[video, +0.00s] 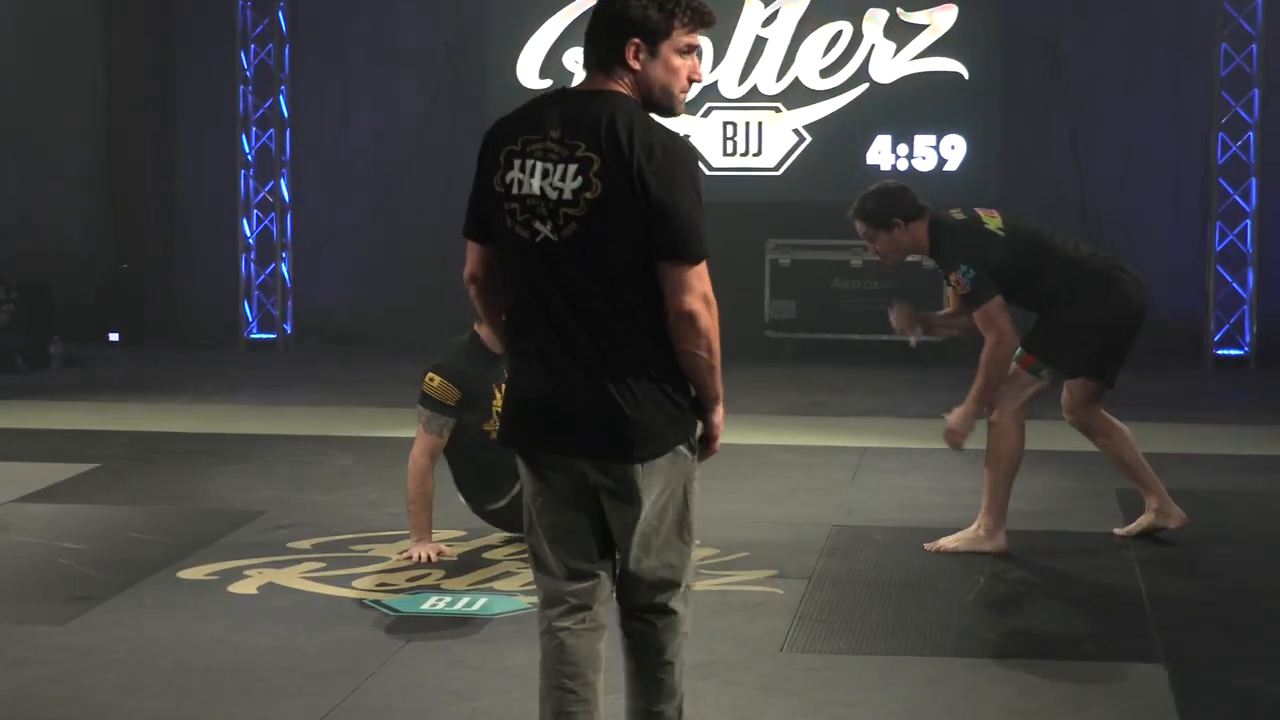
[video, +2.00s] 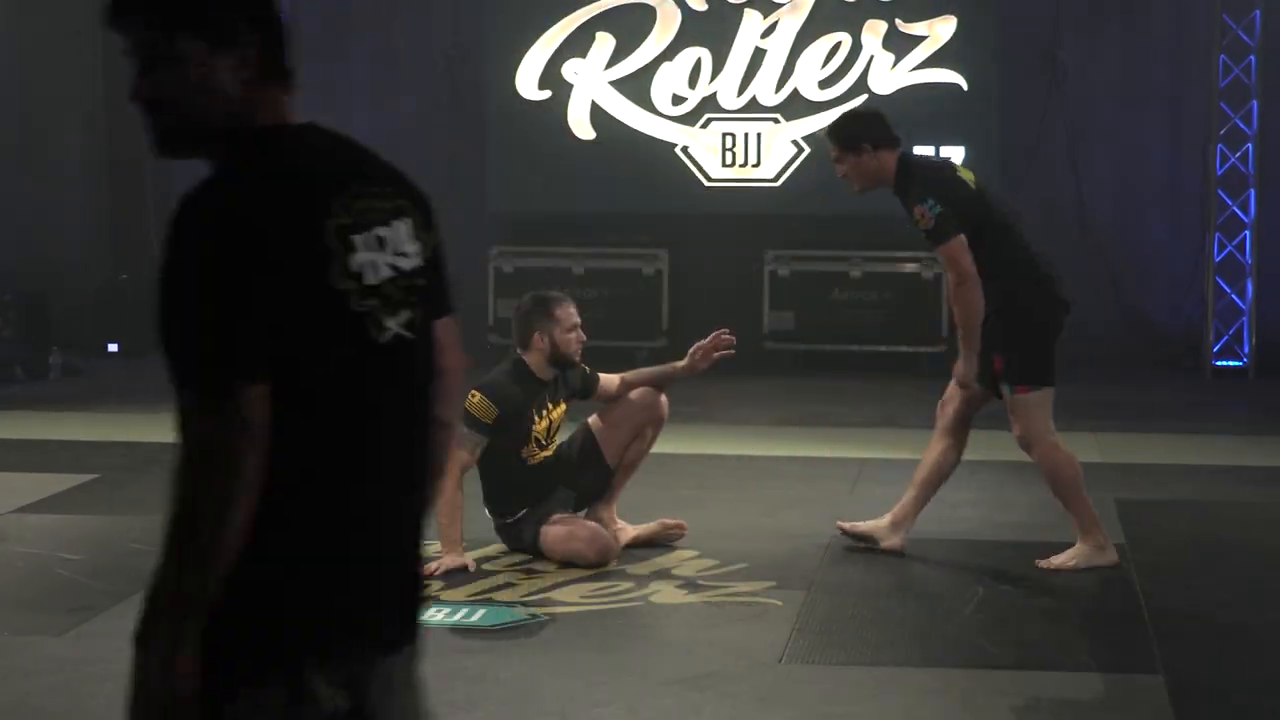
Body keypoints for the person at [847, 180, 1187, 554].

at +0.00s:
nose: (870, 250)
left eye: (871, 239)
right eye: (867, 242)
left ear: (899, 226)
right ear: (903, 223)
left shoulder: (956, 248)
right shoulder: (954, 233)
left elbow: (1002, 336)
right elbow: (966, 319)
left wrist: (971, 407)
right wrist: (923, 324)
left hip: (1089, 302)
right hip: (1118, 293)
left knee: (1005, 403)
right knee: (1080, 406)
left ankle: (989, 527)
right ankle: (1162, 505)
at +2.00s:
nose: (838, 172)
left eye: (841, 160)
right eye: (835, 161)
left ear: (871, 151)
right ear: (875, 152)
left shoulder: (922, 187)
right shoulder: (920, 178)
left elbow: (965, 276)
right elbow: (963, 269)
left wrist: (968, 358)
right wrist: (966, 348)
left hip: (1027, 308)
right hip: (1002, 306)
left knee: (1033, 433)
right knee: (952, 416)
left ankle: (1096, 542)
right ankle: (896, 525)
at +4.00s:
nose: (709, 283)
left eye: (708, 272)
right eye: (704, 274)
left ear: (732, 259)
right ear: (735, 250)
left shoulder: (780, 279)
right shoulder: (770, 241)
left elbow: (791, 361)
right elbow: (726, 312)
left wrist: (743, 366)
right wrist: (670, 369)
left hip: (916, 317)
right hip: (916, 308)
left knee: (822, 409)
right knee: (834, 418)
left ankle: (859, 526)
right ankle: (785, 519)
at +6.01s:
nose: (580, 249)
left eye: (577, 238)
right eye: (575, 241)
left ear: (593, 223)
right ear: (615, 211)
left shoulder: (614, 244)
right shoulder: (663, 235)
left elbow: (587, 334)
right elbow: (639, 338)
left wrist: (561, 395)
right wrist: (593, 397)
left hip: (761, 294)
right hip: (797, 285)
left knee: (686, 414)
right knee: (748, 387)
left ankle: (691, 547)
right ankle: (793, 500)